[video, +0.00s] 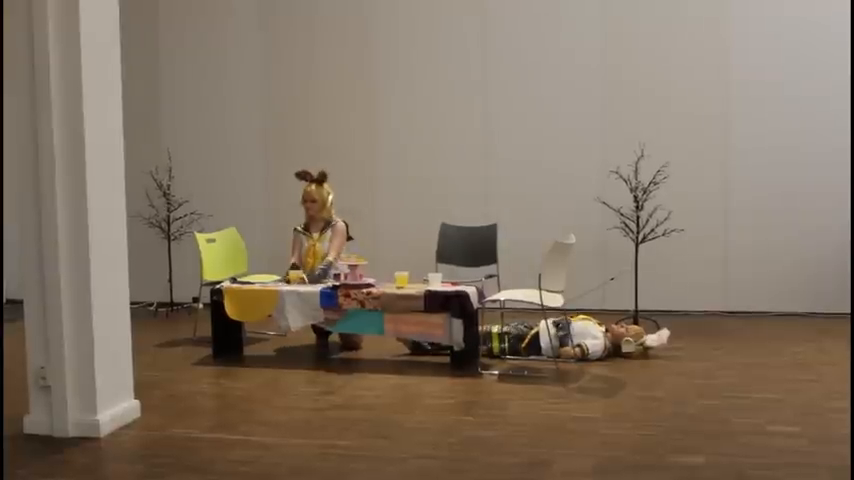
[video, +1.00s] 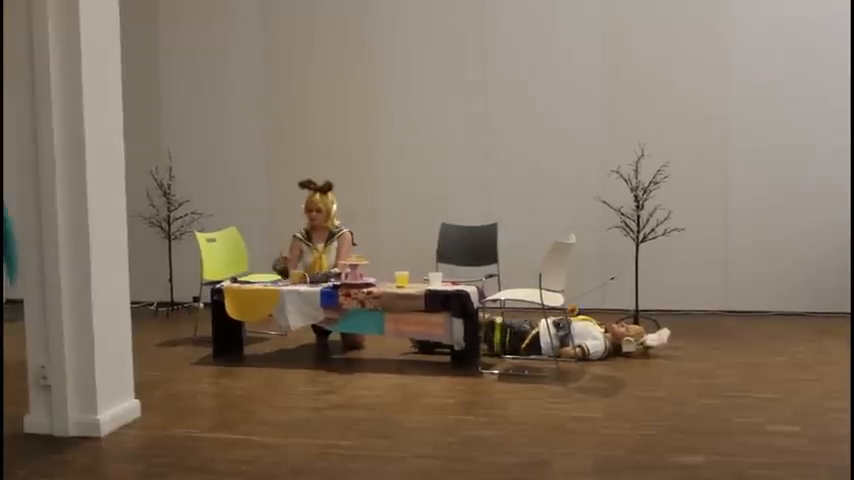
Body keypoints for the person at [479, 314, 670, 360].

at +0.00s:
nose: (619, 325)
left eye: (623, 329)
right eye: (623, 325)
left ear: (621, 339)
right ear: (618, 326)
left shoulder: (599, 345)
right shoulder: (597, 330)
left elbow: (567, 352)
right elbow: (567, 327)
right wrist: (551, 323)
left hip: (536, 342)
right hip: (534, 329)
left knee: (488, 345)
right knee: (484, 334)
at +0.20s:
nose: (619, 325)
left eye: (623, 328)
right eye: (623, 324)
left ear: (622, 338)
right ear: (619, 326)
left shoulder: (599, 345)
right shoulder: (598, 331)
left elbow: (567, 352)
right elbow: (568, 329)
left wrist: (561, 335)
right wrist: (558, 323)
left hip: (537, 342)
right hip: (535, 329)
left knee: (488, 343)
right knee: (486, 332)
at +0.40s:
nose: (620, 325)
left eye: (625, 329)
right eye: (625, 324)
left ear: (622, 338)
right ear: (620, 325)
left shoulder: (599, 346)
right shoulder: (598, 329)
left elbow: (568, 353)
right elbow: (567, 326)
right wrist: (551, 323)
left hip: (537, 342)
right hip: (535, 329)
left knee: (489, 344)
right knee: (486, 332)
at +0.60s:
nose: (620, 324)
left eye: (624, 327)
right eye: (624, 323)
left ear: (622, 337)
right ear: (619, 327)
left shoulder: (600, 344)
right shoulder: (598, 331)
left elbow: (568, 352)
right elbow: (568, 328)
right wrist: (553, 323)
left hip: (537, 341)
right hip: (535, 328)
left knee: (488, 342)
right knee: (486, 331)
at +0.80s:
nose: (620, 324)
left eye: (623, 328)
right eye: (623, 324)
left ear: (622, 338)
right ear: (619, 327)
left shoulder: (599, 345)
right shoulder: (598, 332)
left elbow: (568, 353)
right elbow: (569, 328)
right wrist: (560, 321)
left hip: (536, 341)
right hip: (535, 329)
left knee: (487, 341)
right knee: (485, 332)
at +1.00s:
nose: (619, 324)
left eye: (623, 328)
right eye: (623, 324)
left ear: (622, 338)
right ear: (619, 325)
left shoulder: (600, 345)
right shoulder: (598, 331)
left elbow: (570, 352)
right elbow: (568, 328)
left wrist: (552, 351)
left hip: (538, 341)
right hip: (536, 329)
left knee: (490, 331)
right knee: (490, 325)